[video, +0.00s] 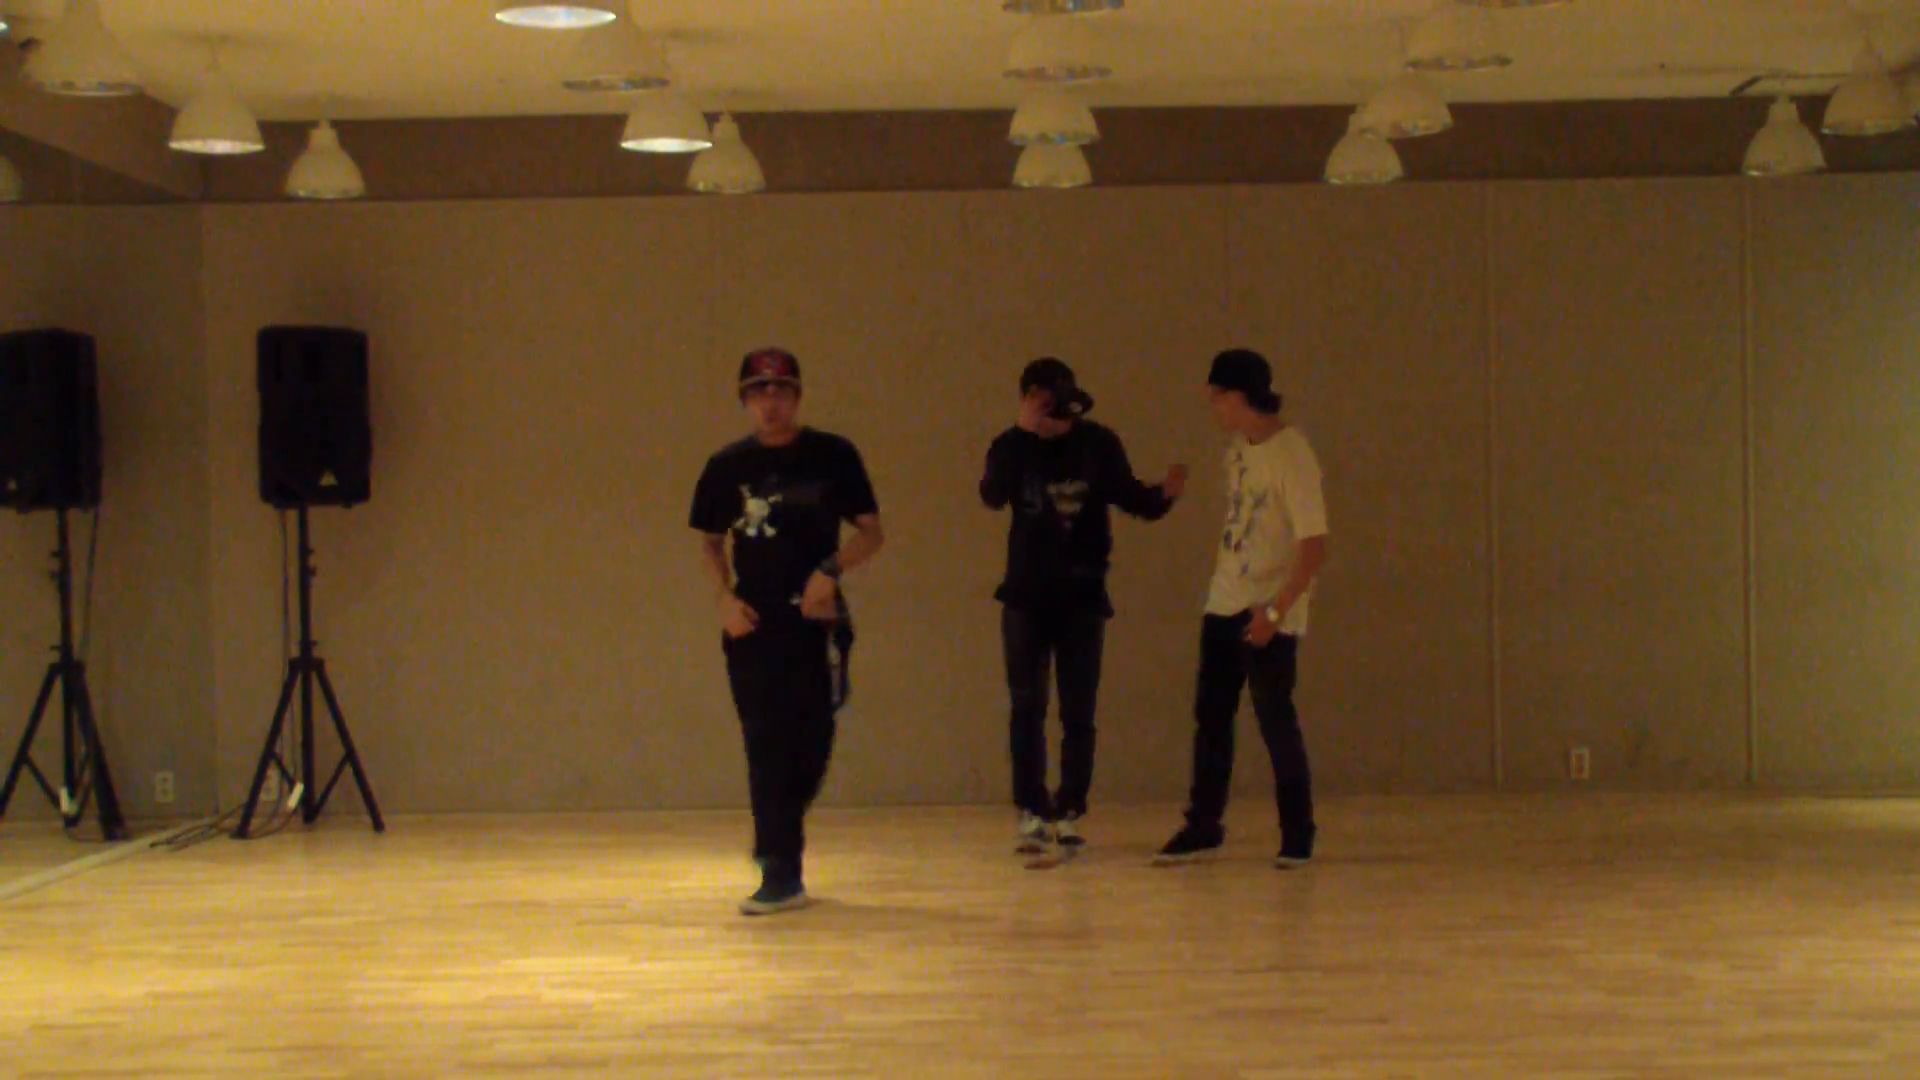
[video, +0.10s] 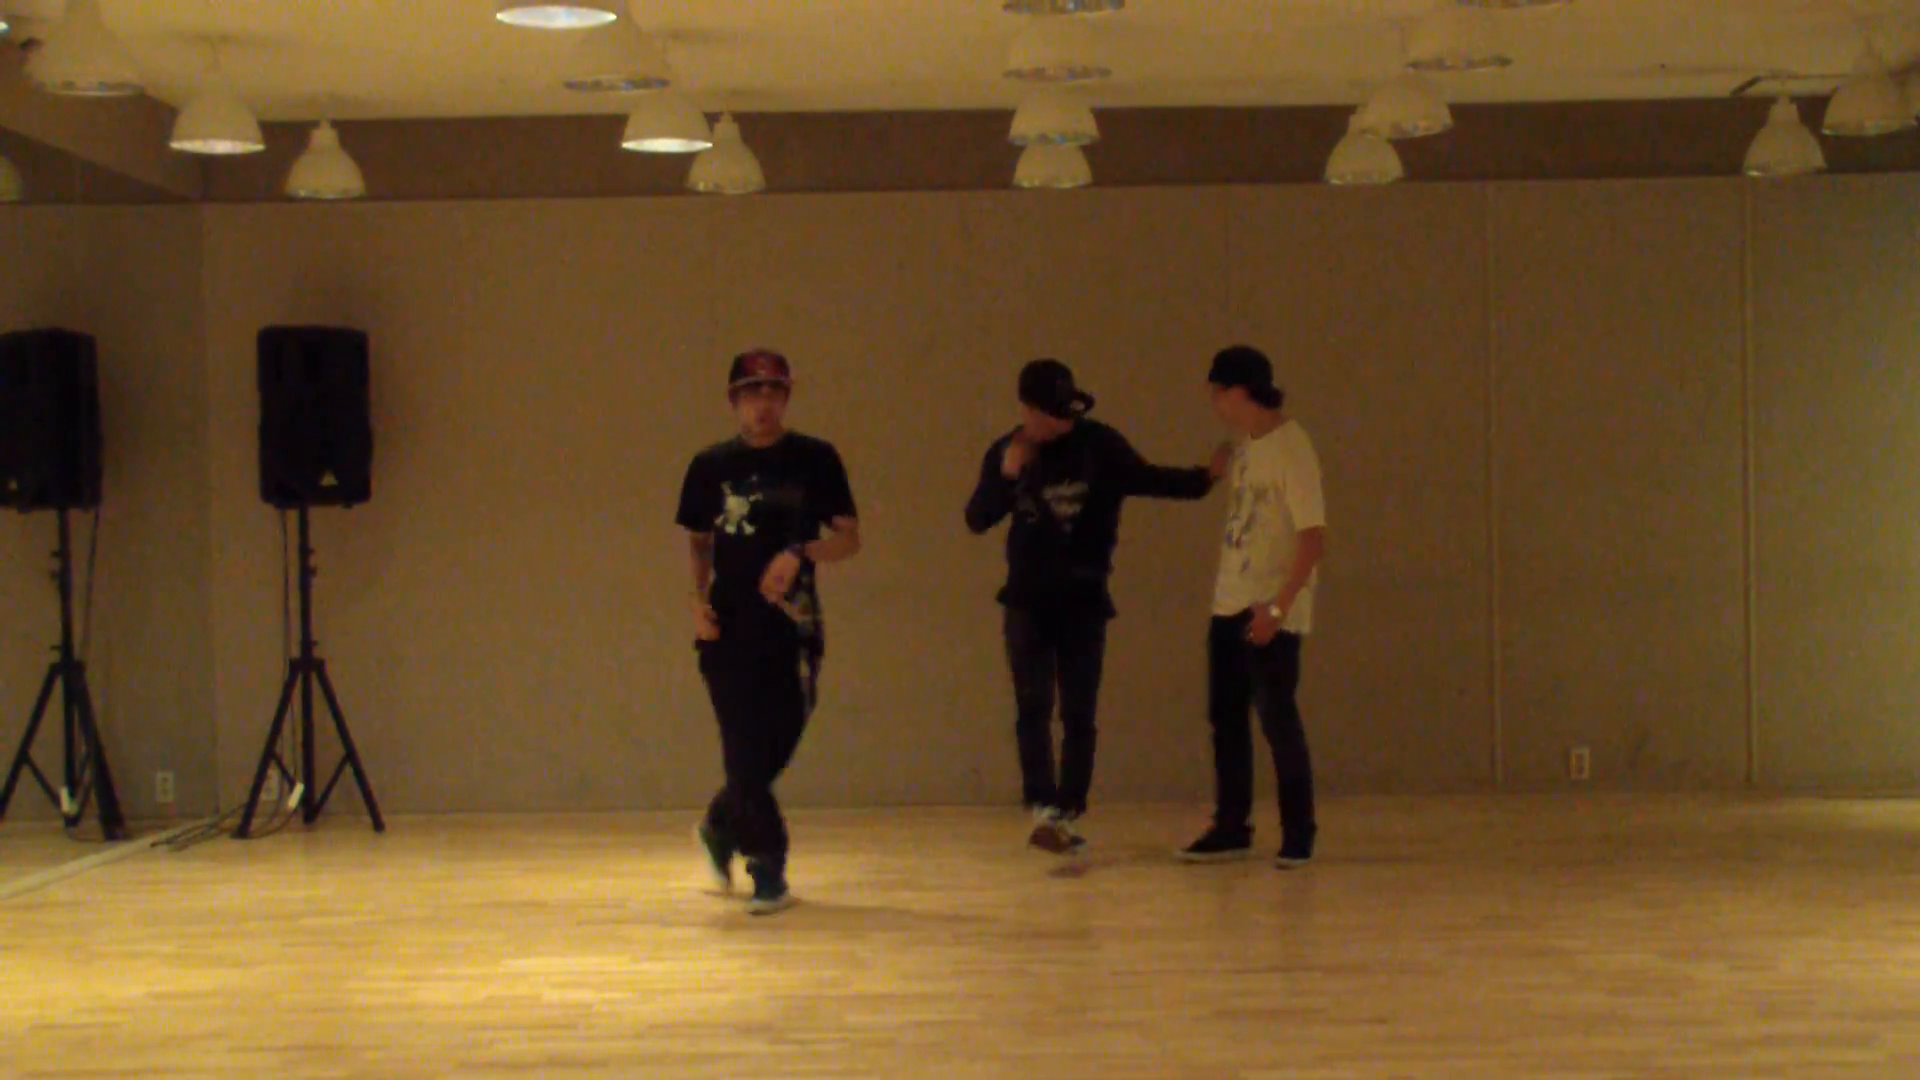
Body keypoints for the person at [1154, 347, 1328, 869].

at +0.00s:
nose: (1212, 409)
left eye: (1218, 399)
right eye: (1212, 399)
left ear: (1244, 398)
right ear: (1241, 400)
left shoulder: (1292, 453)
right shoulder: (1237, 452)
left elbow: (1313, 545)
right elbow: (1243, 527)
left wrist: (1276, 612)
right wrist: (1226, 591)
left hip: (1269, 617)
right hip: (1223, 611)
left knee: (1277, 723)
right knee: (1213, 717)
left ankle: (1297, 832)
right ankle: (1204, 822)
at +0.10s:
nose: (1216, 408)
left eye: (1220, 397)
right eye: (1214, 398)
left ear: (1245, 393)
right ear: (1242, 394)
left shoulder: (1292, 446)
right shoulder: (1245, 449)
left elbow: (1312, 540)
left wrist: (1277, 609)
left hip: (1272, 614)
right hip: (1229, 611)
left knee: (1278, 722)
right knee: (1228, 721)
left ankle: (1298, 832)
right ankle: (1230, 825)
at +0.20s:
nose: (1214, 402)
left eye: (1218, 392)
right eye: (1212, 392)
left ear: (1245, 389)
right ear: (1239, 390)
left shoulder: (1290, 438)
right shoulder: (1252, 445)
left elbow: (1307, 528)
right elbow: (1253, 526)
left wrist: (1278, 602)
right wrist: (1233, 594)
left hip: (1273, 609)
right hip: (1234, 607)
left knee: (1278, 717)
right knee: (1231, 714)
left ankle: (1298, 831)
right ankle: (1253, 820)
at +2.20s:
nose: (1243, 390)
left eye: (1253, 380)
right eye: (1234, 381)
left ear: (1270, 388)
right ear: (1219, 391)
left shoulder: (1300, 450)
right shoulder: (1198, 456)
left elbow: (1327, 530)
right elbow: (1184, 535)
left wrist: (1333, 605)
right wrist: (1182, 605)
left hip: (1283, 614)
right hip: (1219, 615)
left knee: (1273, 733)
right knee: (1225, 733)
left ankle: (1267, 838)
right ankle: (1229, 844)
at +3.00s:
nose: (1233, 443)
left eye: (1242, 434)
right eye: (1222, 434)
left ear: (1256, 443)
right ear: (1205, 447)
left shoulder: (1286, 502)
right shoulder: (1191, 507)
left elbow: (1321, 525)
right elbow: (1169, 538)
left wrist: (1355, 526)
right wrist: (1148, 539)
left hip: (1283, 641)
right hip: (1223, 651)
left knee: (1287, 727)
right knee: (1237, 758)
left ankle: (1287, 811)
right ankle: (1244, 849)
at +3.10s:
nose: (1239, 426)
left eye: (1249, 417)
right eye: (1229, 417)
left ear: (1263, 424)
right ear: (1210, 427)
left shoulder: (1297, 489)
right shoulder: (1189, 498)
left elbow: (1372, 499)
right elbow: (1118, 505)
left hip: (1288, 629)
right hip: (1225, 641)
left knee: (1296, 707)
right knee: (1237, 751)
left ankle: (1300, 815)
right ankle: (1239, 839)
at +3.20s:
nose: (1243, 425)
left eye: (1253, 415)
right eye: (1232, 416)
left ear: (1270, 421)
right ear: (1216, 424)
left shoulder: (1306, 483)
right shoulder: (1192, 488)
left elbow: (1381, 505)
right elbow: (1119, 508)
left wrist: (1445, 507)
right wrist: (1062, 507)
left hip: (1297, 627)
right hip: (1233, 634)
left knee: (1299, 722)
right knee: (1240, 730)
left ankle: (1314, 842)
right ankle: (1225, 844)